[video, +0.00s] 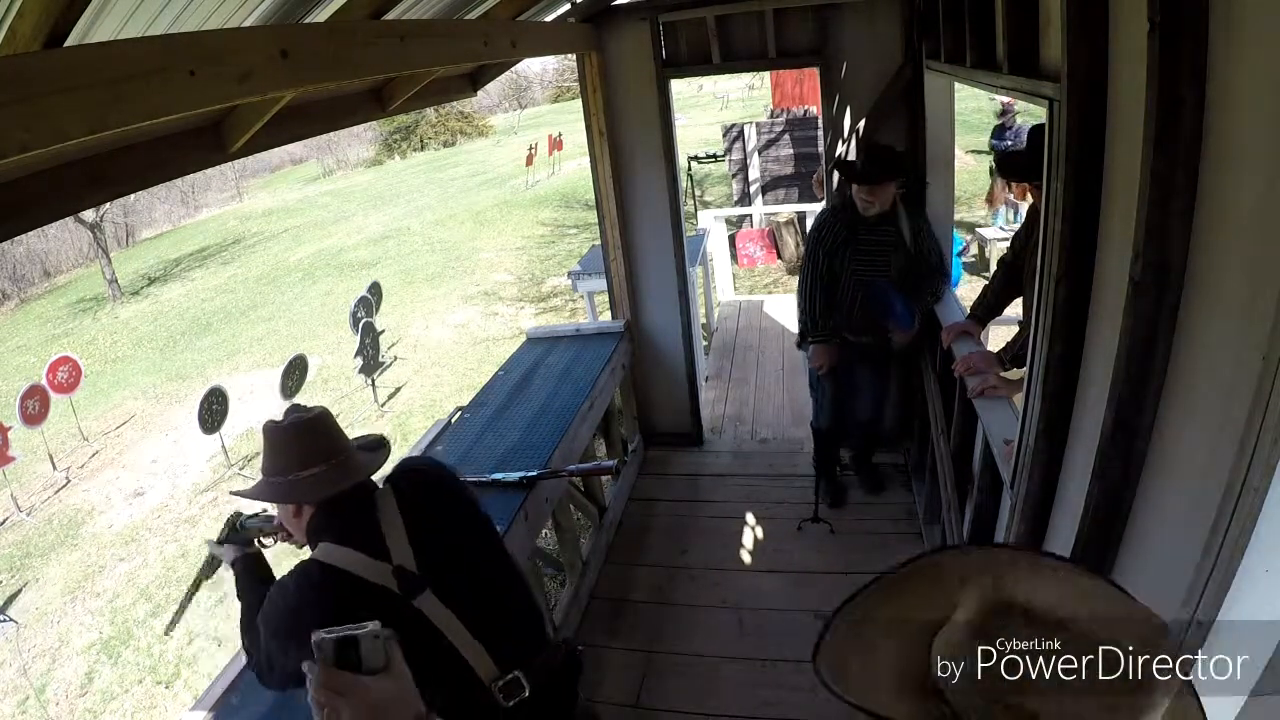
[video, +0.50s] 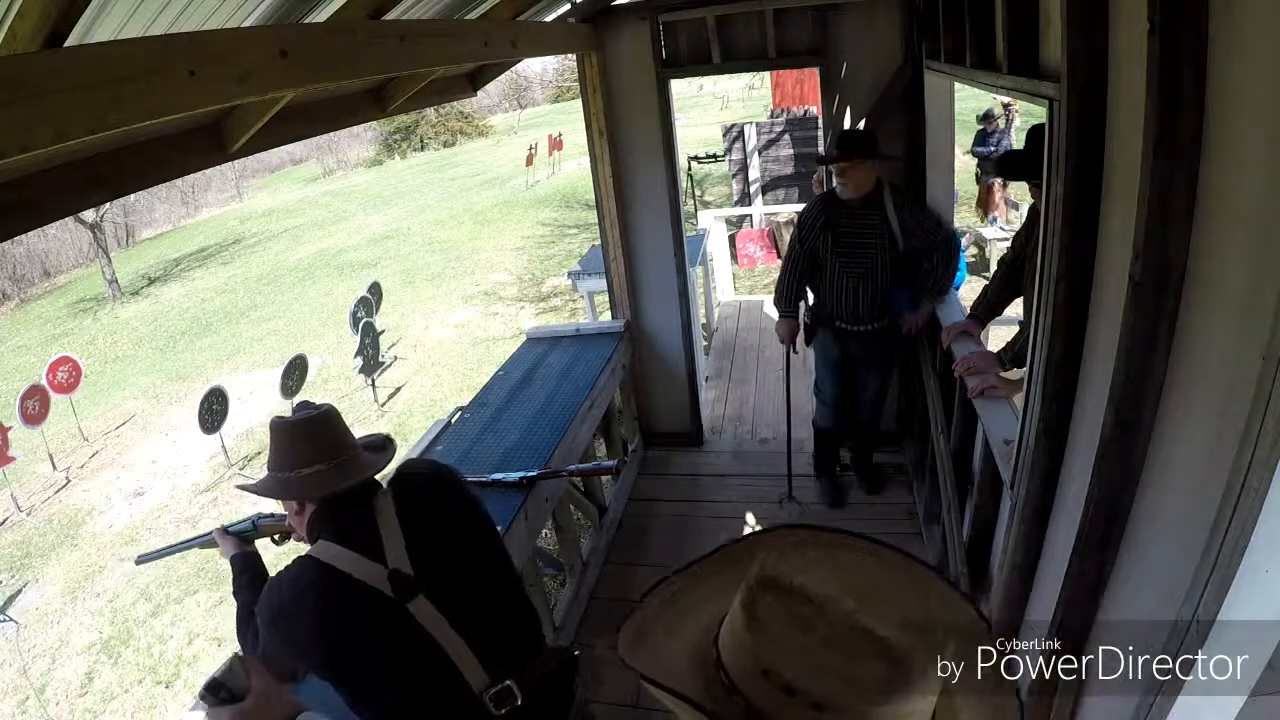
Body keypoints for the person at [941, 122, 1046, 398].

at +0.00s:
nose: (1023, 191)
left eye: (1025, 184)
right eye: (1022, 183)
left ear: (1031, 186)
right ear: (1034, 183)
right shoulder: (1041, 209)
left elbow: (1055, 307)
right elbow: (1014, 262)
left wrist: (1004, 357)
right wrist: (977, 319)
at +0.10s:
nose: (1031, 192)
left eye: (1035, 183)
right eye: (1031, 183)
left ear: (1047, 181)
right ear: (1034, 179)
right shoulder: (1041, 210)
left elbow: (1055, 306)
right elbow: (1014, 262)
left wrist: (1004, 358)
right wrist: (977, 319)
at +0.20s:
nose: (1031, 190)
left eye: (1036, 182)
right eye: (1029, 181)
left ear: (1055, 183)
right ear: (1032, 179)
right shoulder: (1041, 211)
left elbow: (1055, 306)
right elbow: (1014, 262)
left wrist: (1004, 358)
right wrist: (977, 319)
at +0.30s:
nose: (1030, 188)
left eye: (1037, 181)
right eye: (1029, 180)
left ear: (1057, 183)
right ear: (1031, 179)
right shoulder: (1041, 211)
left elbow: (1055, 307)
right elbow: (1014, 263)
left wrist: (1004, 358)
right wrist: (977, 319)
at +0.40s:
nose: (1030, 189)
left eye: (1036, 182)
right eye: (1029, 180)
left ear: (1056, 184)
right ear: (1033, 181)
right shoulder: (1041, 212)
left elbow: (1055, 307)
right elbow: (1014, 262)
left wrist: (1003, 358)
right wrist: (977, 318)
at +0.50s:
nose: (1031, 190)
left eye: (1036, 182)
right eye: (1029, 181)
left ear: (1056, 183)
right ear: (1032, 181)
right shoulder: (1041, 212)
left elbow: (1055, 307)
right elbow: (1014, 263)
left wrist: (1004, 358)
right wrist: (977, 319)